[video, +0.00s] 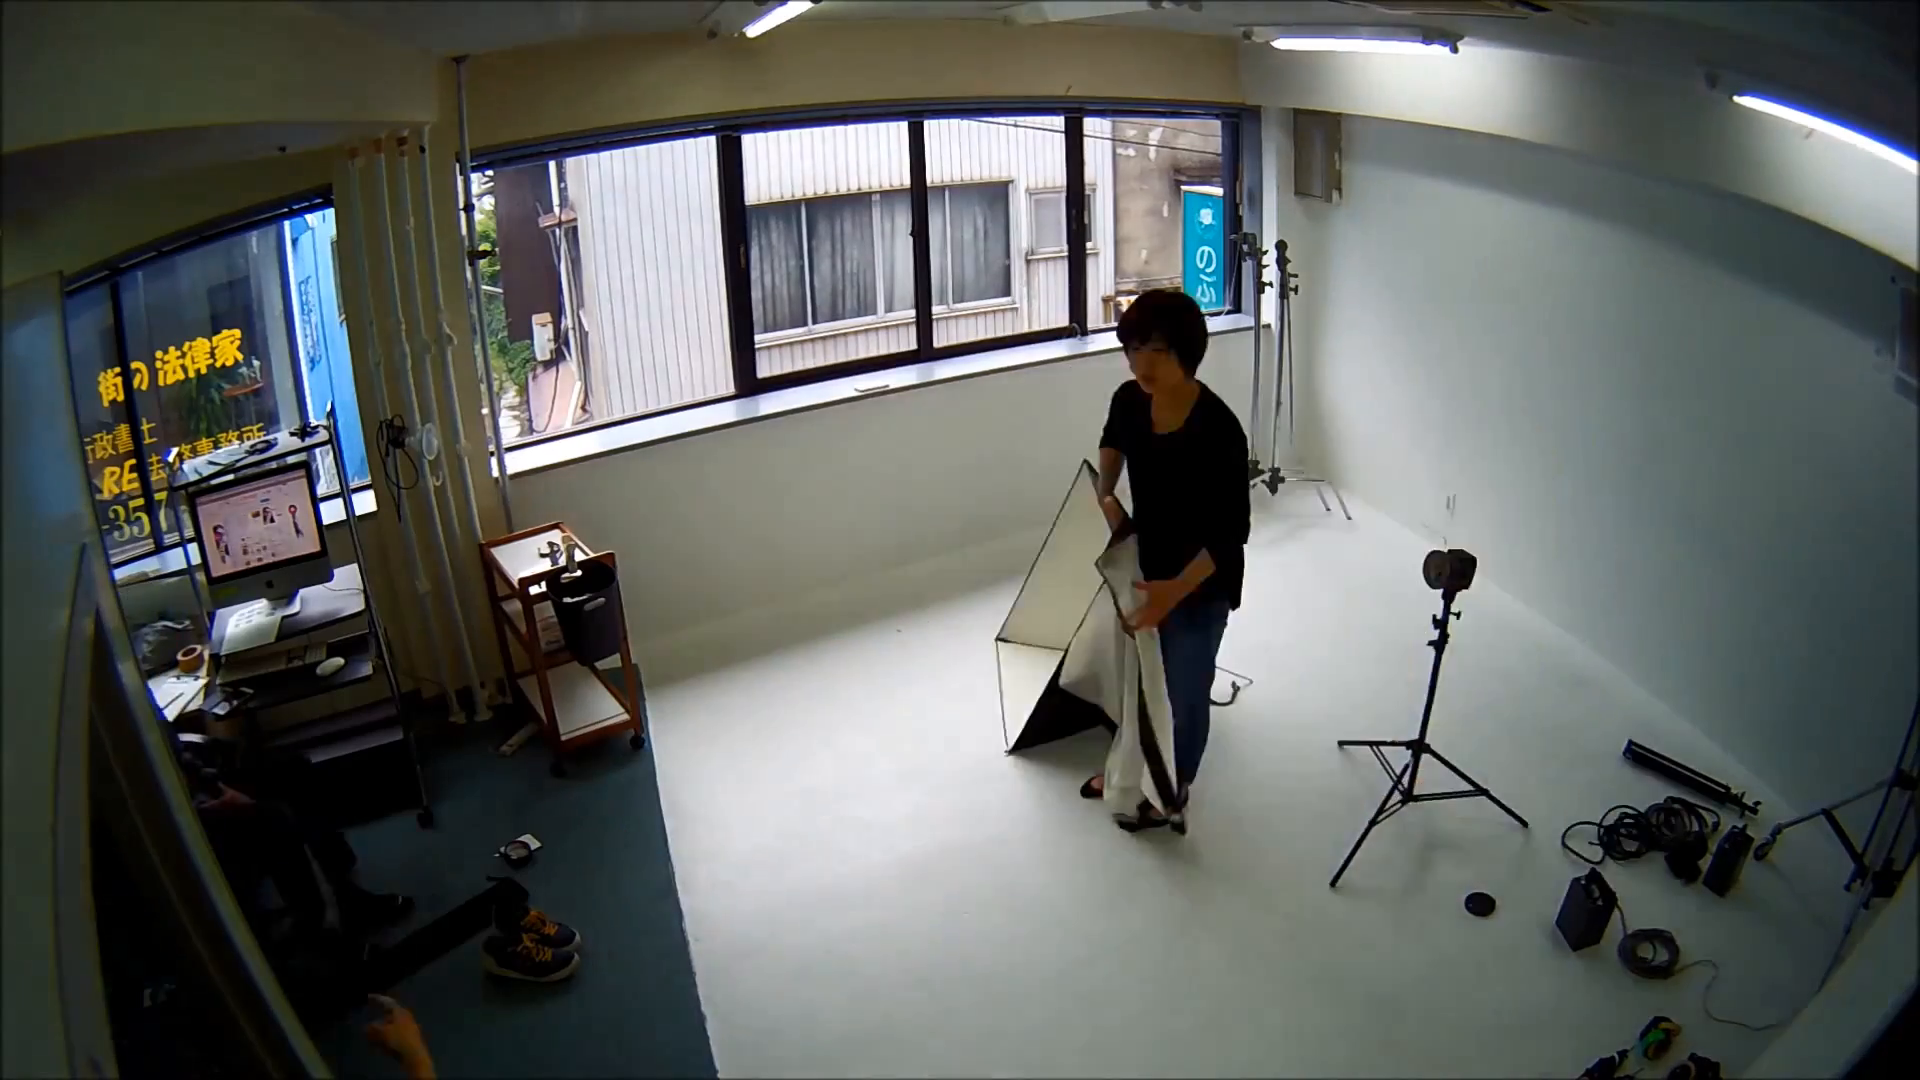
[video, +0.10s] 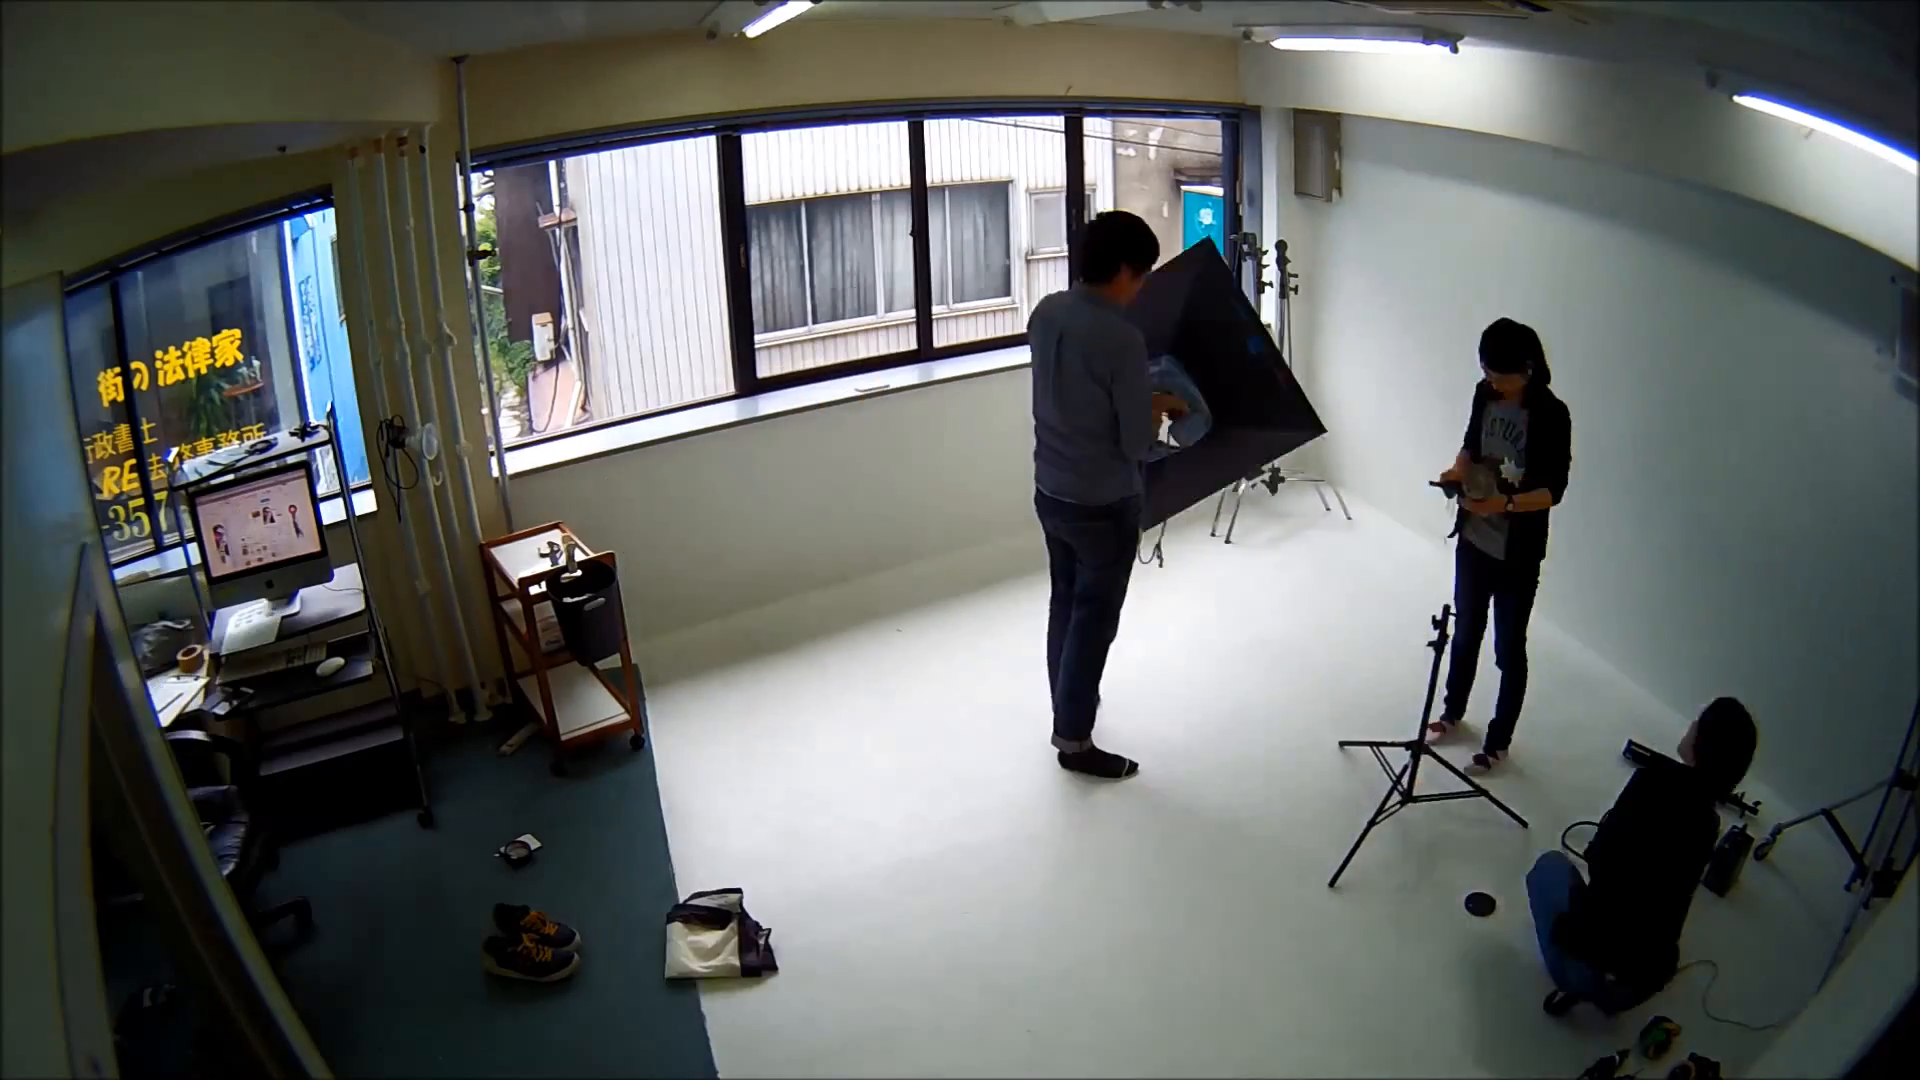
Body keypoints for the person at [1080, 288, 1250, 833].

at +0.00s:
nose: (1134, 364)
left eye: (1142, 350)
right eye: (1130, 351)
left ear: (1175, 350)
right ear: (1134, 352)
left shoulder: (1220, 429)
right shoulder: (1131, 399)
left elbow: (1230, 533)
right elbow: (1112, 446)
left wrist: (1174, 591)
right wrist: (1106, 495)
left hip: (1202, 580)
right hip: (1144, 566)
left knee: (1186, 692)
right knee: (1134, 677)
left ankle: (1178, 785)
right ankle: (1126, 766)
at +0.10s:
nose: (1139, 288)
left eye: (1142, 276)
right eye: (1140, 276)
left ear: (1086, 261)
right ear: (1124, 271)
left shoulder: (1046, 313)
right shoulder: (1120, 338)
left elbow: (1065, 397)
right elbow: (1138, 444)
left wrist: (1134, 396)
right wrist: (1157, 413)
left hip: (1052, 495)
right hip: (1103, 505)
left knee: (1065, 606)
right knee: (1095, 619)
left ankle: (1067, 724)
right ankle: (1074, 743)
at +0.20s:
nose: (1147, 284)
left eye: (1147, 276)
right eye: (1144, 277)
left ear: (1085, 272)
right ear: (1133, 286)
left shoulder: (1051, 311)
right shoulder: (1132, 348)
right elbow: (1163, 402)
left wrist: (1125, 318)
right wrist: (1149, 343)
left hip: (1057, 493)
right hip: (1111, 505)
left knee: (1066, 602)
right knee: (1099, 618)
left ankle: (1067, 721)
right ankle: (1074, 742)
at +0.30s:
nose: (1149, 280)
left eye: (1147, 270)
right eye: (1145, 270)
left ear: (1096, 269)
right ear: (1127, 274)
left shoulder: (1054, 314)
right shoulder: (1133, 335)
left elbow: (1035, 398)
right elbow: (1164, 428)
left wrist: (1082, 375)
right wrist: (1135, 389)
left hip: (1066, 492)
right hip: (1120, 500)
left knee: (1072, 602)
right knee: (1105, 618)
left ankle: (1068, 720)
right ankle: (1076, 742)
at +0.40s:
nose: (1164, 280)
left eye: (1163, 269)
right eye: (1161, 269)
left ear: (1112, 264)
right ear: (1143, 270)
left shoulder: (1056, 309)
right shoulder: (1147, 342)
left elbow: (1021, 379)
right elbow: (1166, 446)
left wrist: (1069, 403)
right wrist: (1144, 393)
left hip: (1053, 491)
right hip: (1108, 502)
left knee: (1065, 603)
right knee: (1094, 619)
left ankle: (1068, 718)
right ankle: (1074, 743)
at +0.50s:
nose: (1134, 280)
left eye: (1131, 267)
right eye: (1126, 269)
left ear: (1080, 275)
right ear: (1094, 279)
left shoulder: (1052, 315)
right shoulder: (1084, 344)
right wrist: (1150, 434)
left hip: (1057, 498)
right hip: (1082, 508)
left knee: (1068, 604)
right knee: (1079, 626)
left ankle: (1043, 700)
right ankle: (1065, 741)